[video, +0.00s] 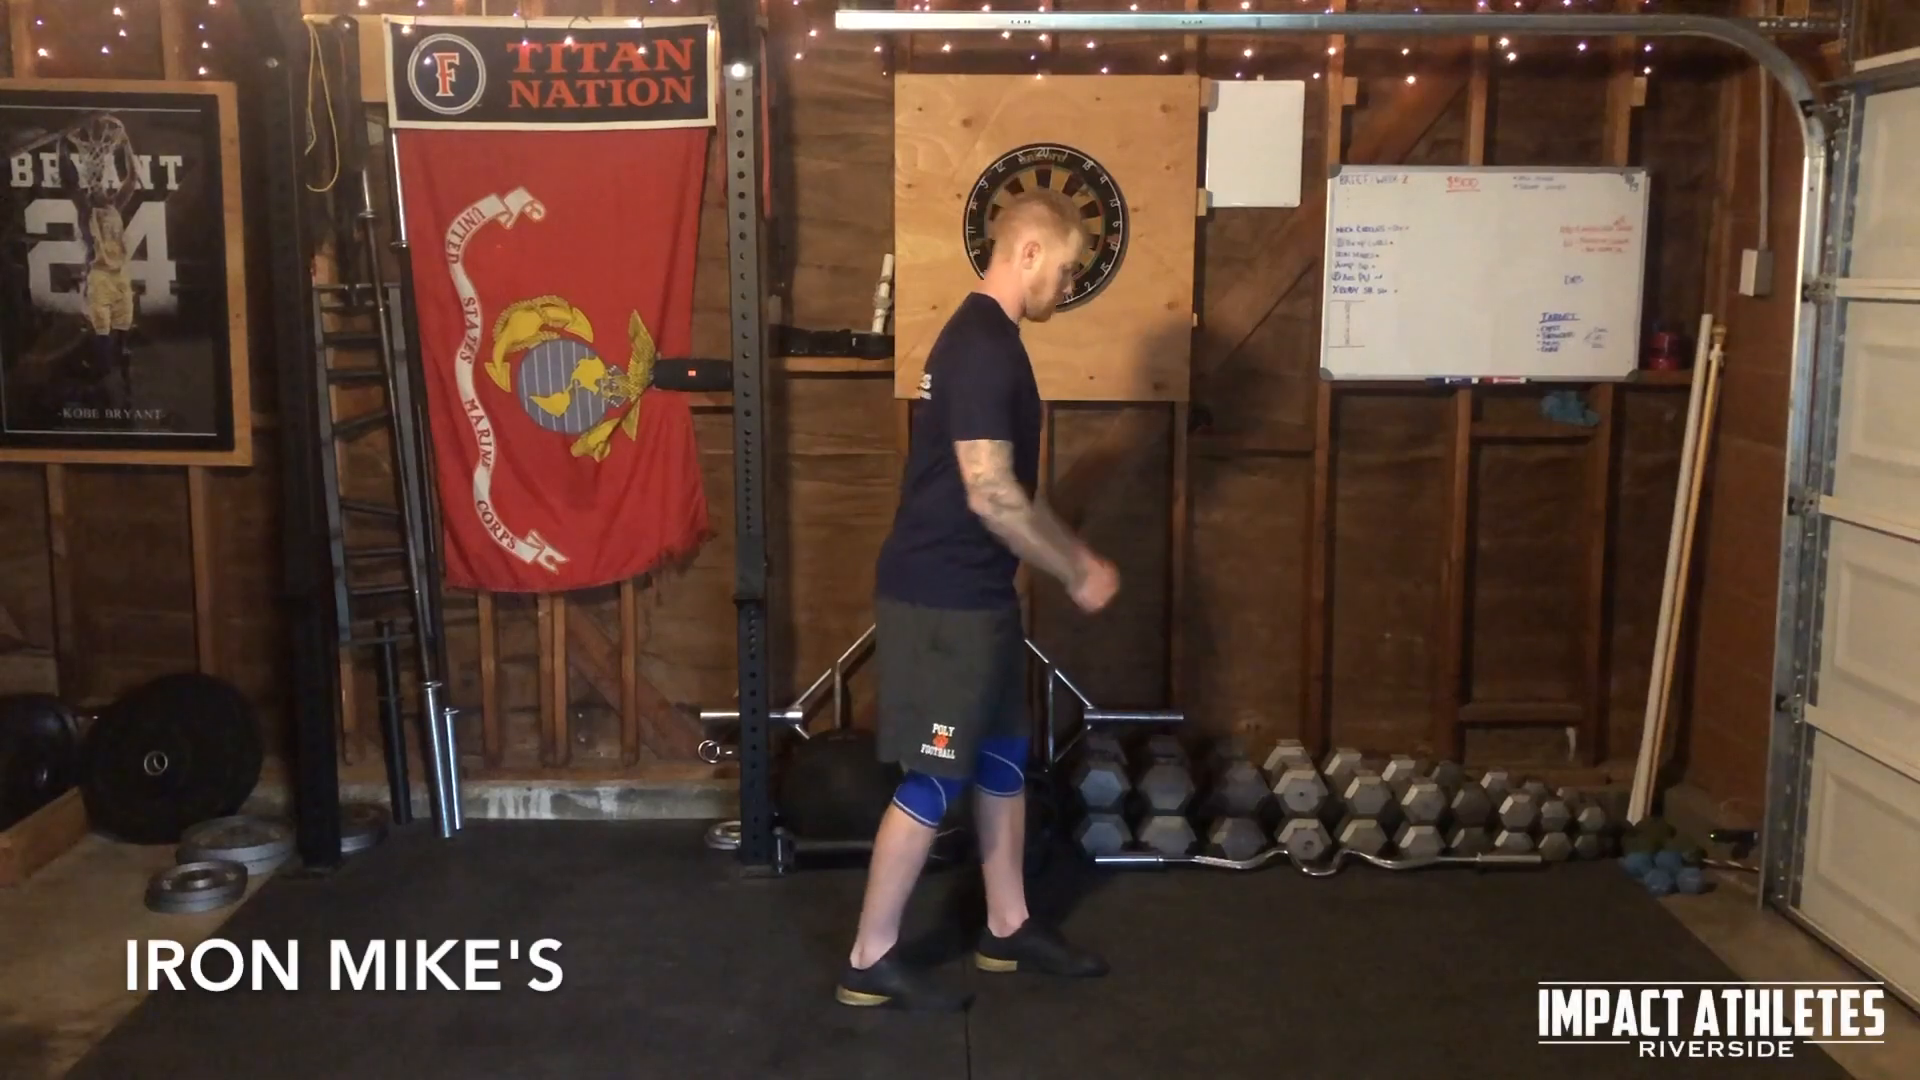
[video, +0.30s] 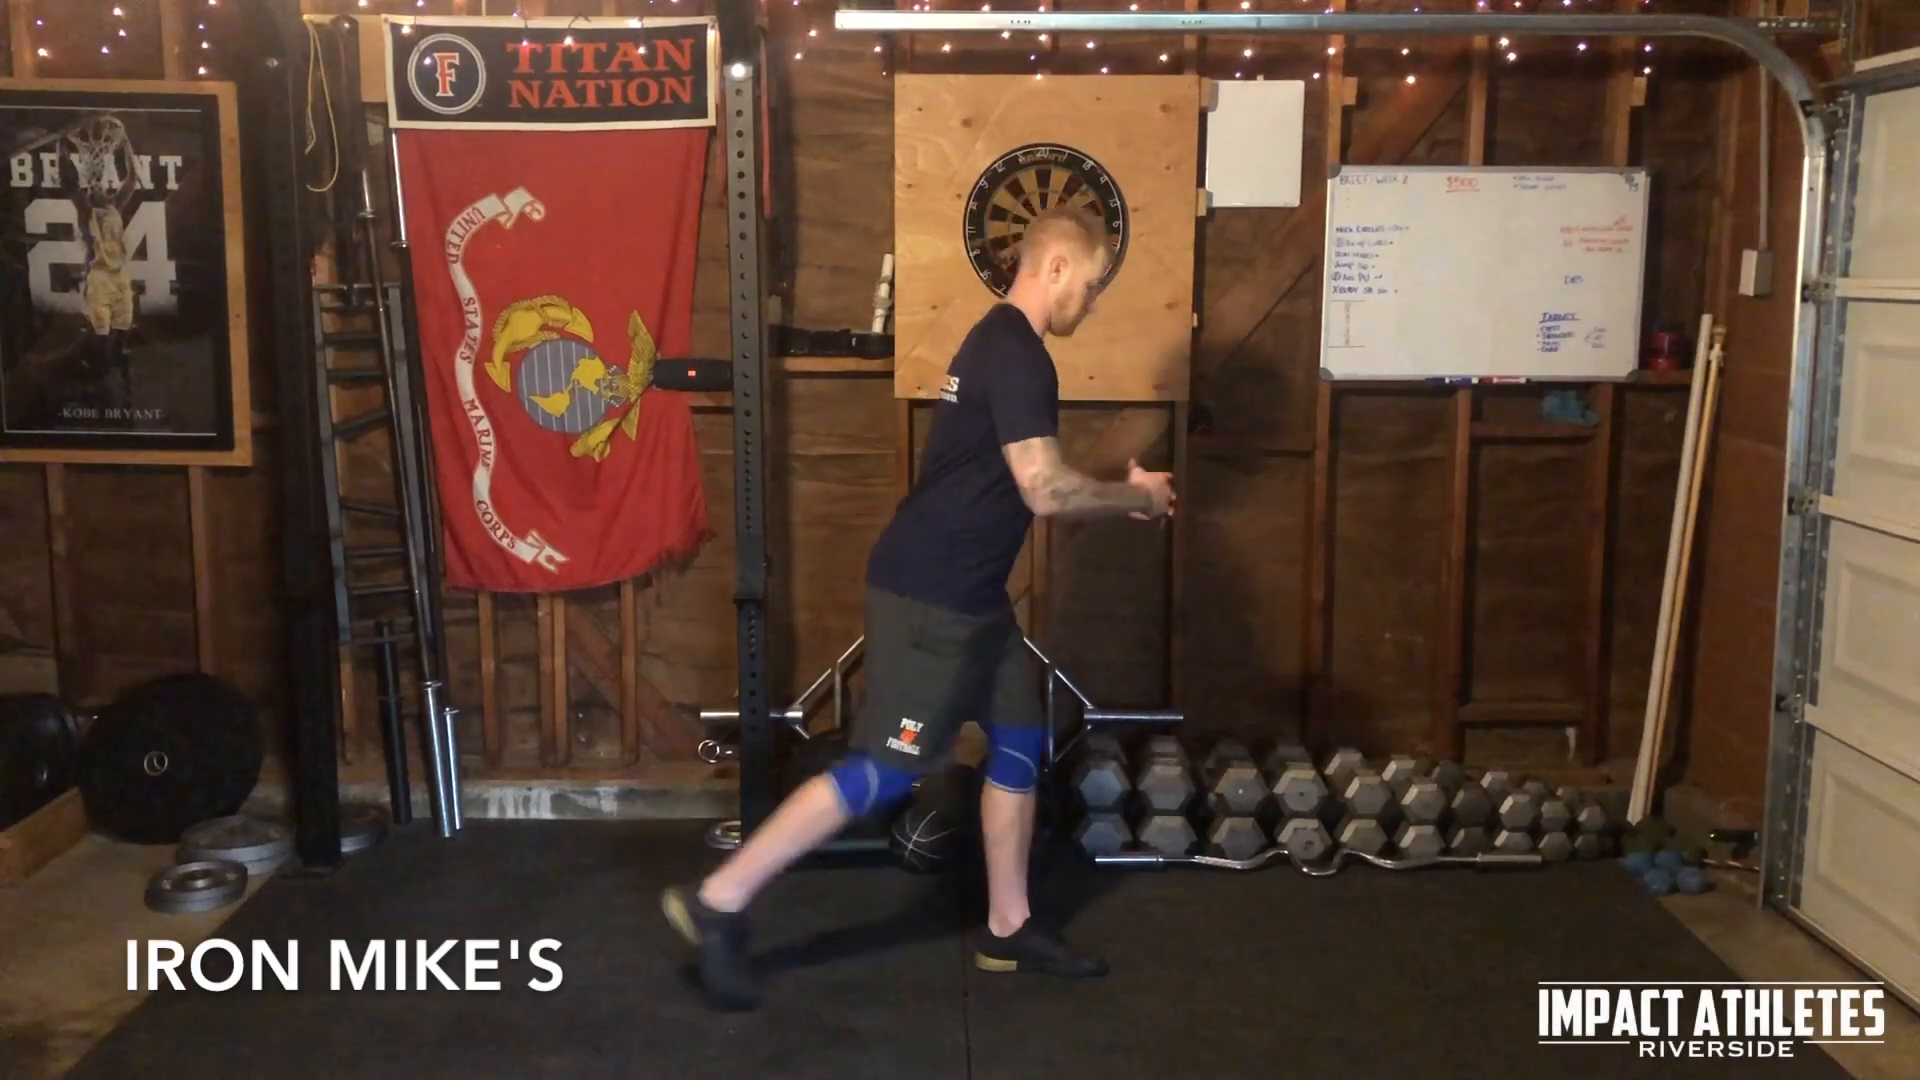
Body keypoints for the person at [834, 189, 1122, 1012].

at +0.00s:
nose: (1065, 290)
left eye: (1071, 275)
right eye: (1065, 271)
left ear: (1019, 254)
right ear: (1028, 253)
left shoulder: (996, 339)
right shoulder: (981, 341)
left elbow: (1007, 484)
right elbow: (988, 489)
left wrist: (1073, 554)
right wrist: (1074, 566)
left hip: (986, 596)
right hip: (940, 597)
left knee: (1003, 760)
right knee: (931, 776)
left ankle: (1008, 930)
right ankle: (870, 956)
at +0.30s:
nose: (1091, 304)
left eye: (1096, 288)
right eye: (1091, 285)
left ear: (1040, 264)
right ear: (1054, 267)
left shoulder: (1005, 341)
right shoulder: (1014, 348)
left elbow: (1024, 481)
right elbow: (1045, 490)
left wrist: (1109, 488)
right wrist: (1132, 493)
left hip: (973, 596)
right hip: (928, 593)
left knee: (1019, 744)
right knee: (885, 767)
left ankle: (1010, 930)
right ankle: (716, 900)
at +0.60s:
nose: (1080, 430)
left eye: (1084, 416)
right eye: (1080, 414)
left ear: (1032, 399)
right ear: (1044, 404)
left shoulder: (995, 469)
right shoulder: (990, 483)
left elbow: (981, 596)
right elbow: (984, 632)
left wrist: (1052, 605)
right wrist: (1072, 620)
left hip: (952, 690)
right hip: (888, 703)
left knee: (1066, 750)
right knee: (845, 895)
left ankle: (1011, 928)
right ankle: (634, 929)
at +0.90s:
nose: (1059, 509)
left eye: (1061, 495)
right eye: (1057, 494)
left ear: (1005, 484)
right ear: (1021, 488)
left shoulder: (971, 548)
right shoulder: (972, 568)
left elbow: (955, 686)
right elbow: (943, 718)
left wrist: (1033, 696)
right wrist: (1036, 705)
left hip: (934, 759)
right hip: (881, 785)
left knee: (1076, 752)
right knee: (856, 980)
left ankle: (1011, 932)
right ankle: (653, 927)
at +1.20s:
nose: (1061, 327)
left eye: (1064, 309)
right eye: (1057, 307)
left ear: (1012, 298)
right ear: (1016, 296)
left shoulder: (988, 382)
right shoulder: (969, 380)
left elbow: (979, 498)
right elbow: (969, 508)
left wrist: (1055, 484)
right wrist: (1060, 488)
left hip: (950, 613)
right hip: (894, 615)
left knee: (1020, 739)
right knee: (862, 803)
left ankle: (1008, 926)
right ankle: (674, 902)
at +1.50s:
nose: (1072, 288)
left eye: (1078, 271)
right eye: (1070, 268)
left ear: (1018, 255)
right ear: (1025, 253)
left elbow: (962, 439)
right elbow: (927, 440)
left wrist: (1031, 442)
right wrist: (1027, 445)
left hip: (903, 564)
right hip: (910, 568)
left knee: (852, 741)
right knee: (1020, 737)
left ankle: (679, 839)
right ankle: (1029, 959)